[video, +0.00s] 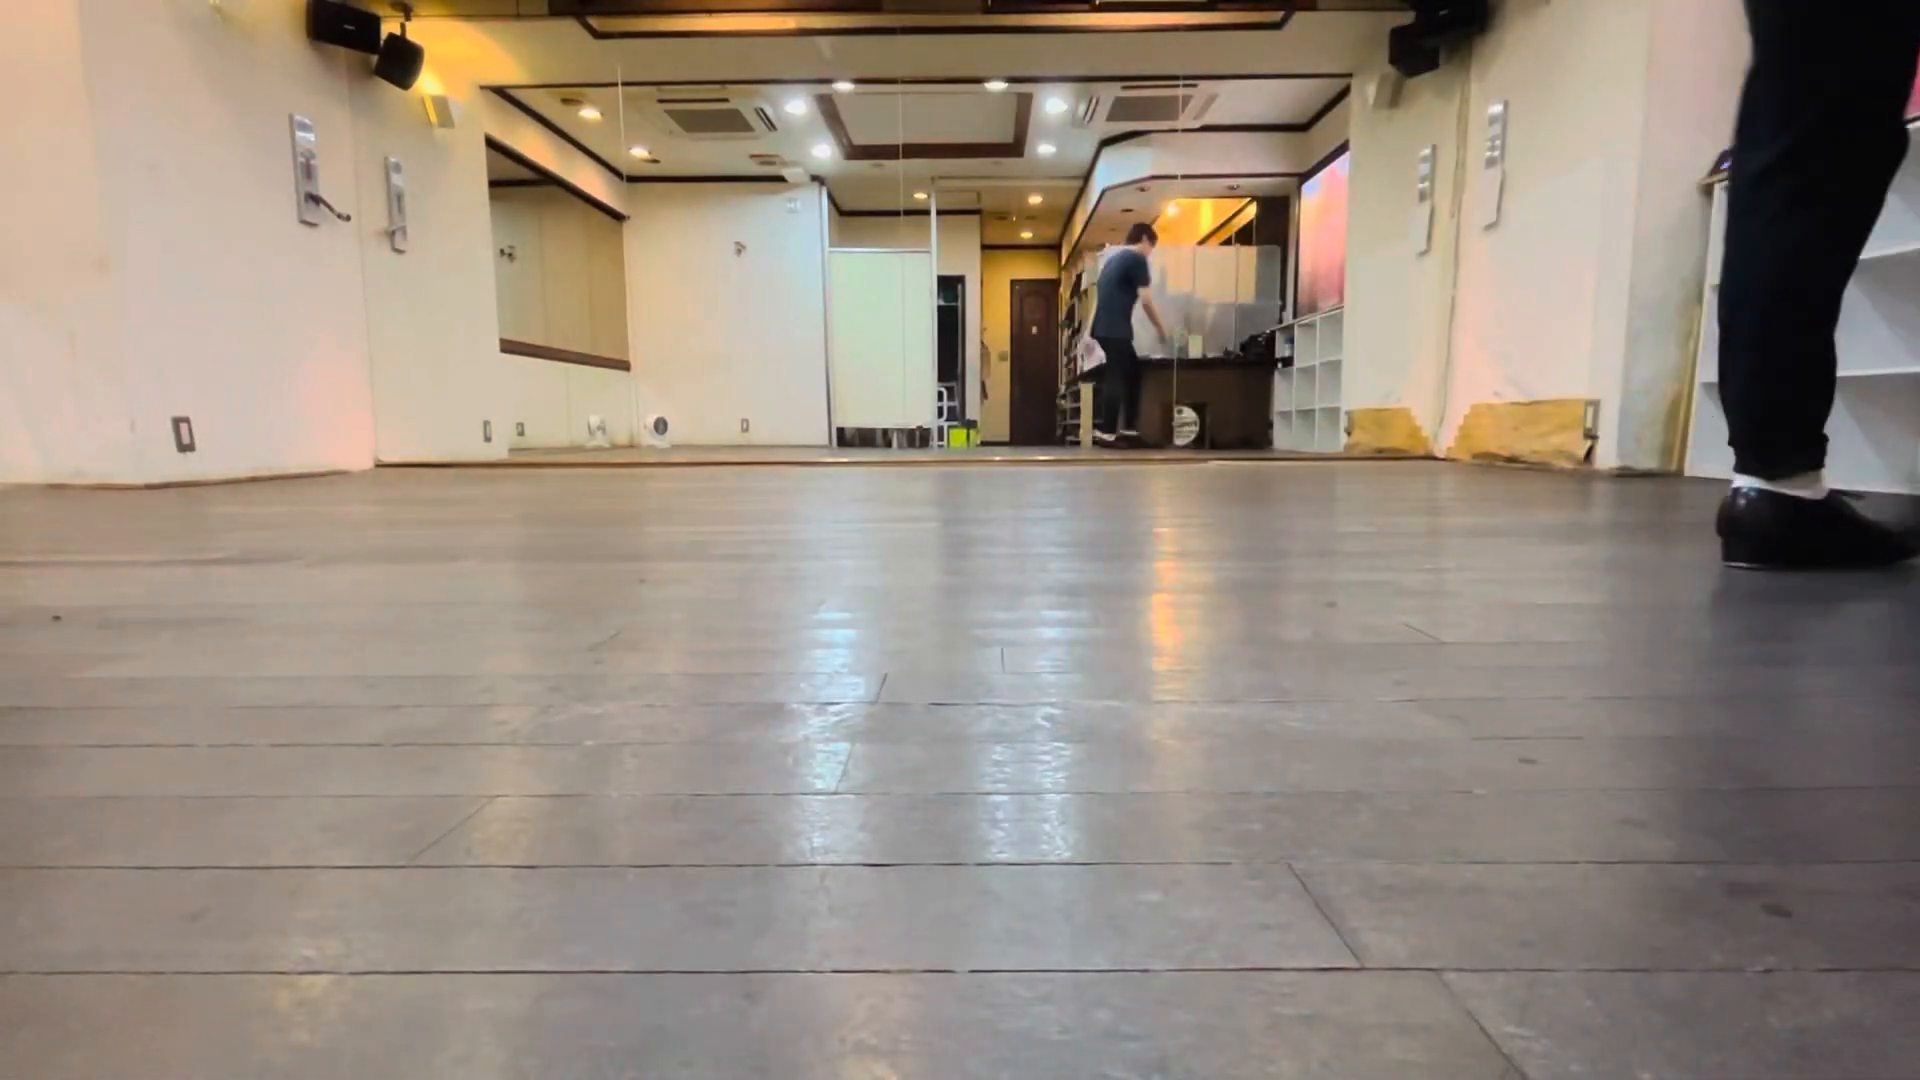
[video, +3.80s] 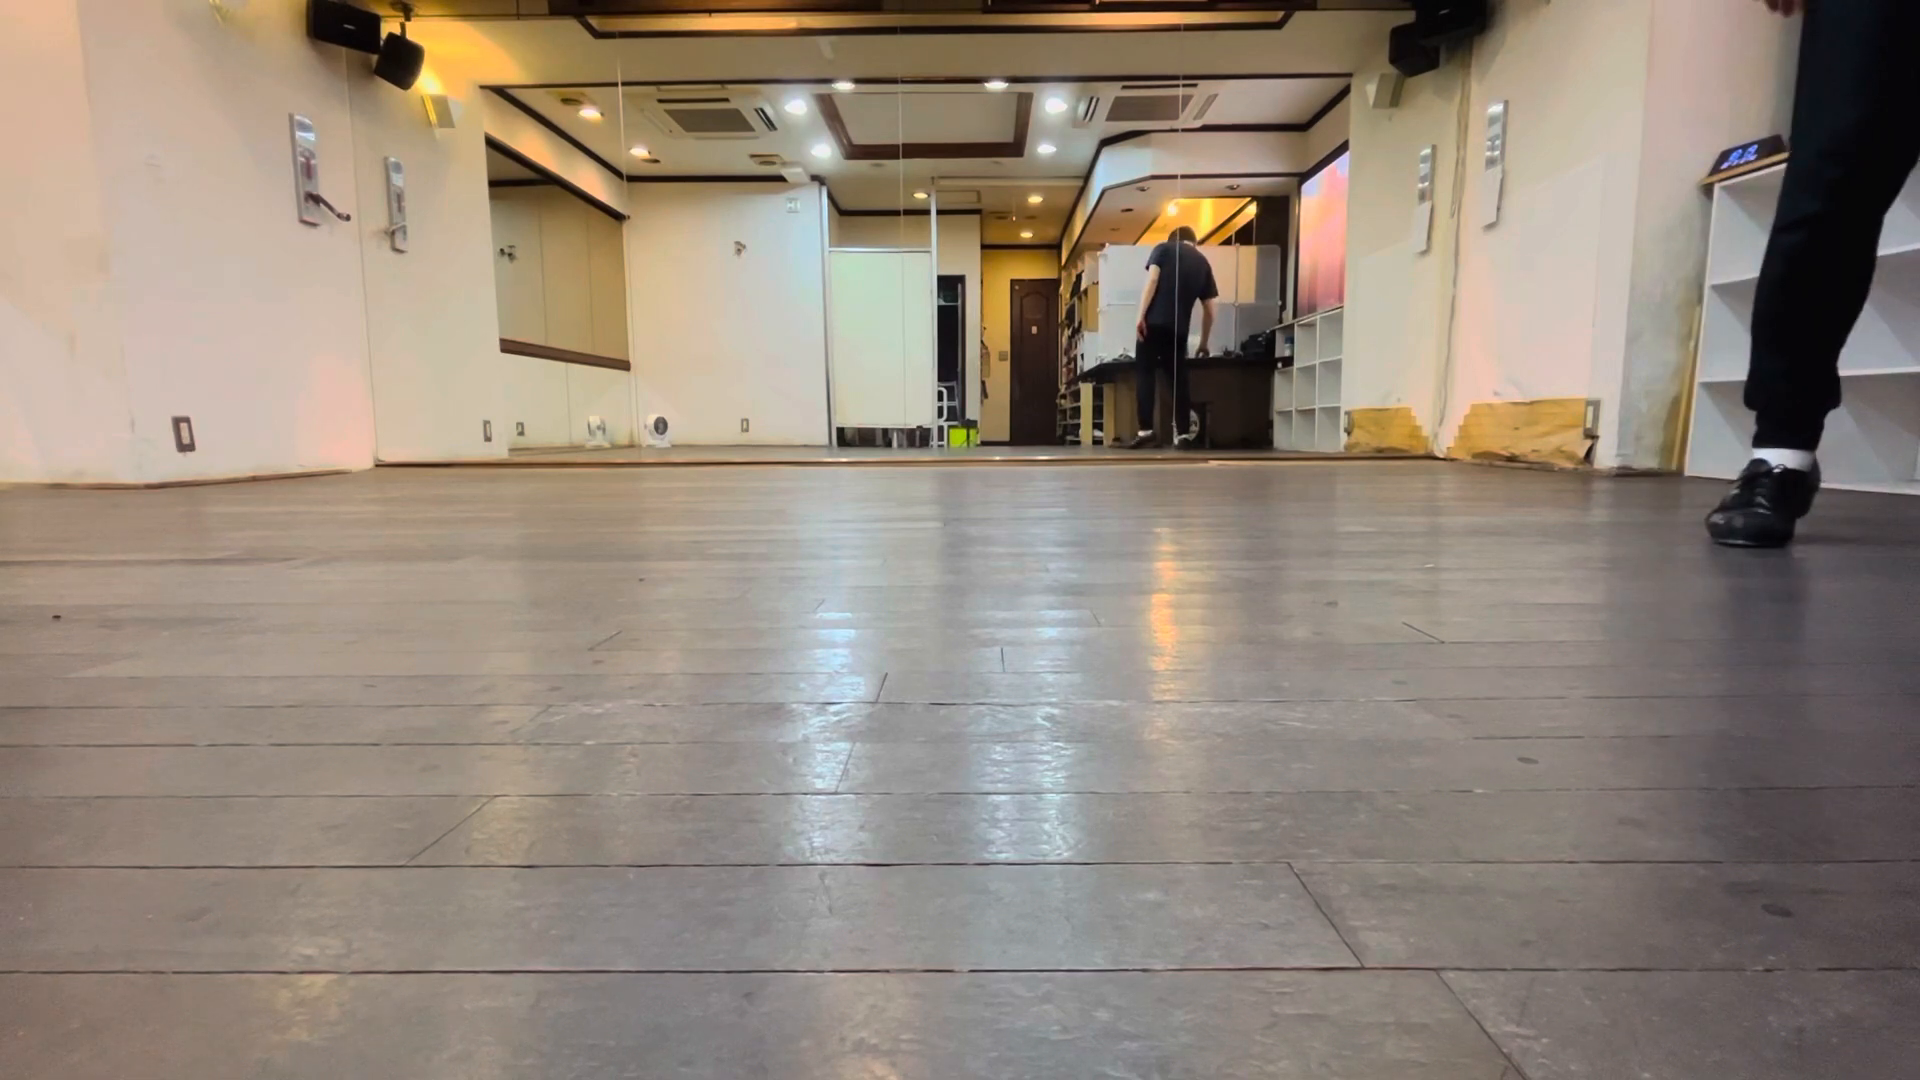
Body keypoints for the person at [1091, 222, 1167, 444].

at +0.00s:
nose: (1150, 251)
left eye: (1152, 246)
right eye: (1151, 246)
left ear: (1132, 240)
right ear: (1144, 240)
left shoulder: (1114, 258)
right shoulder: (1137, 259)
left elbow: (1106, 297)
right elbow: (1146, 301)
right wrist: (1160, 329)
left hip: (1102, 331)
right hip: (1117, 333)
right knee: (1123, 375)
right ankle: (1109, 429)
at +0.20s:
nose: (1169, 256)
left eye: (1170, 252)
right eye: (1170, 251)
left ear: (1147, 245)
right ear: (1163, 246)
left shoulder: (1128, 263)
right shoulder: (1161, 265)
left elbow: (1108, 300)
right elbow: (1172, 308)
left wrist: (1092, 333)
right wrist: (1187, 336)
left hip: (1119, 333)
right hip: (1138, 334)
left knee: (1143, 383)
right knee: (1133, 383)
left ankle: (1152, 432)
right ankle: (1111, 431)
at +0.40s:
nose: (1185, 259)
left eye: (1186, 255)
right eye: (1185, 255)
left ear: (1162, 248)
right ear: (1178, 249)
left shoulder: (1139, 264)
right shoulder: (1178, 267)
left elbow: (1128, 303)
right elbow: (1187, 311)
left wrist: (1125, 332)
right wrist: (1195, 342)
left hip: (1130, 333)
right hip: (1152, 334)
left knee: (1146, 383)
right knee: (1160, 382)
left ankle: (1151, 431)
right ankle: (1135, 423)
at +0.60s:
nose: (1193, 259)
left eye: (1194, 257)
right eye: (1194, 256)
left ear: (1170, 249)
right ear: (1190, 252)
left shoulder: (1149, 263)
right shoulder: (1188, 268)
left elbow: (1134, 300)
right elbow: (1192, 310)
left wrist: (1129, 332)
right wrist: (1195, 344)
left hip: (1137, 330)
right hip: (1160, 330)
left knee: (1147, 381)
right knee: (1164, 380)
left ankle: (1156, 431)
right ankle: (1165, 431)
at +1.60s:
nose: (1211, 258)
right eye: (1212, 255)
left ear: (1189, 247)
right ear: (1208, 252)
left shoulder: (1174, 253)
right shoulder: (1215, 269)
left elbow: (1162, 278)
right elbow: (1215, 313)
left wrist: (1151, 316)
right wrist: (1205, 343)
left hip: (1163, 324)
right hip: (1189, 330)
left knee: (1149, 376)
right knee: (1185, 381)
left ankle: (1139, 428)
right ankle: (1180, 433)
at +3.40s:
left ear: (1185, 240)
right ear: (1204, 245)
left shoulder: (1175, 246)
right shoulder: (1213, 264)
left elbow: (1164, 275)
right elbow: (1216, 311)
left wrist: (1152, 311)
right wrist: (1205, 342)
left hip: (1161, 323)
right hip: (1186, 328)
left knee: (1148, 373)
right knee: (1184, 378)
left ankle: (1143, 427)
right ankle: (1182, 433)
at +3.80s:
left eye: (1172, 239)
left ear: (1173, 238)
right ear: (1194, 243)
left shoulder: (1163, 248)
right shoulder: (1202, 262)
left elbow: (1152, 280)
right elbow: (1209, 311)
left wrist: (1141, 316)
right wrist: (1204, 343)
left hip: (1153, 326)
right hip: (1178, 330)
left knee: (1144, 375)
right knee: (1179, 378)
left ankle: (1145, 429)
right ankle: (1181, 432)